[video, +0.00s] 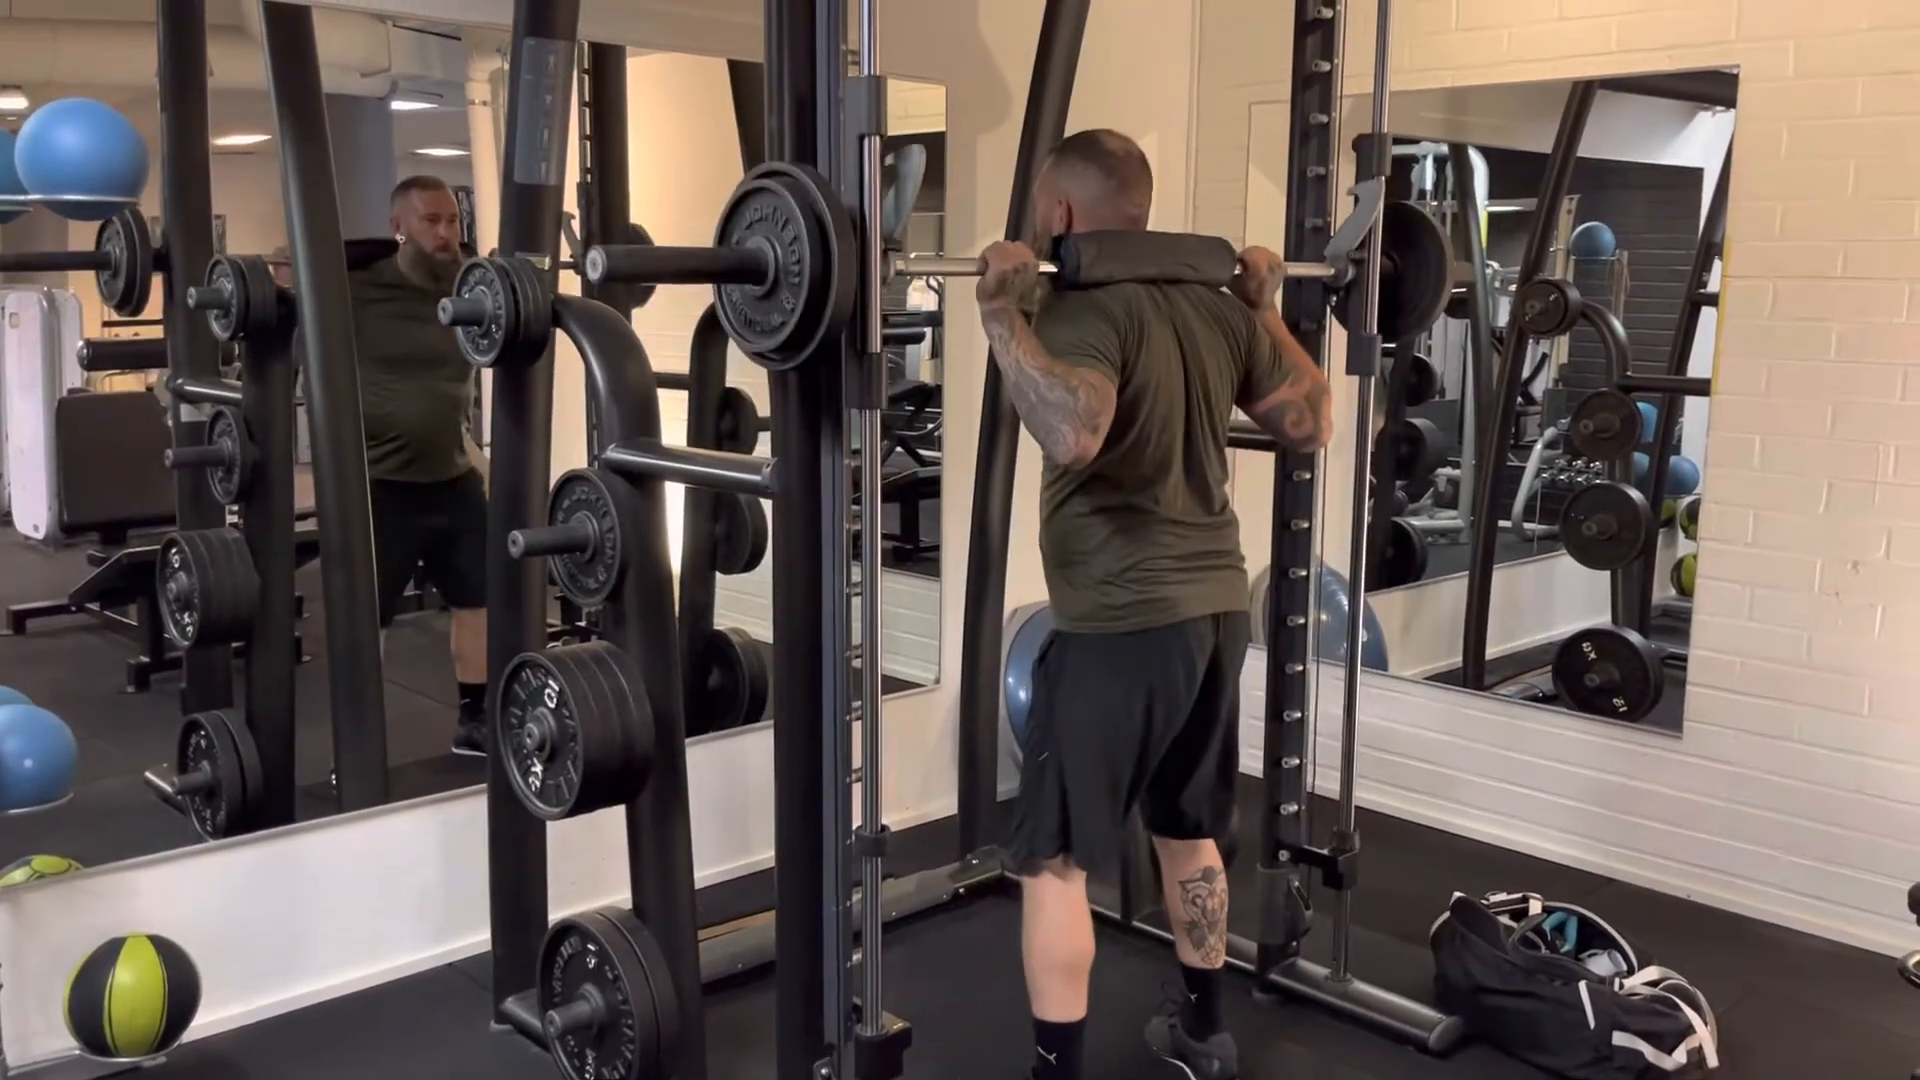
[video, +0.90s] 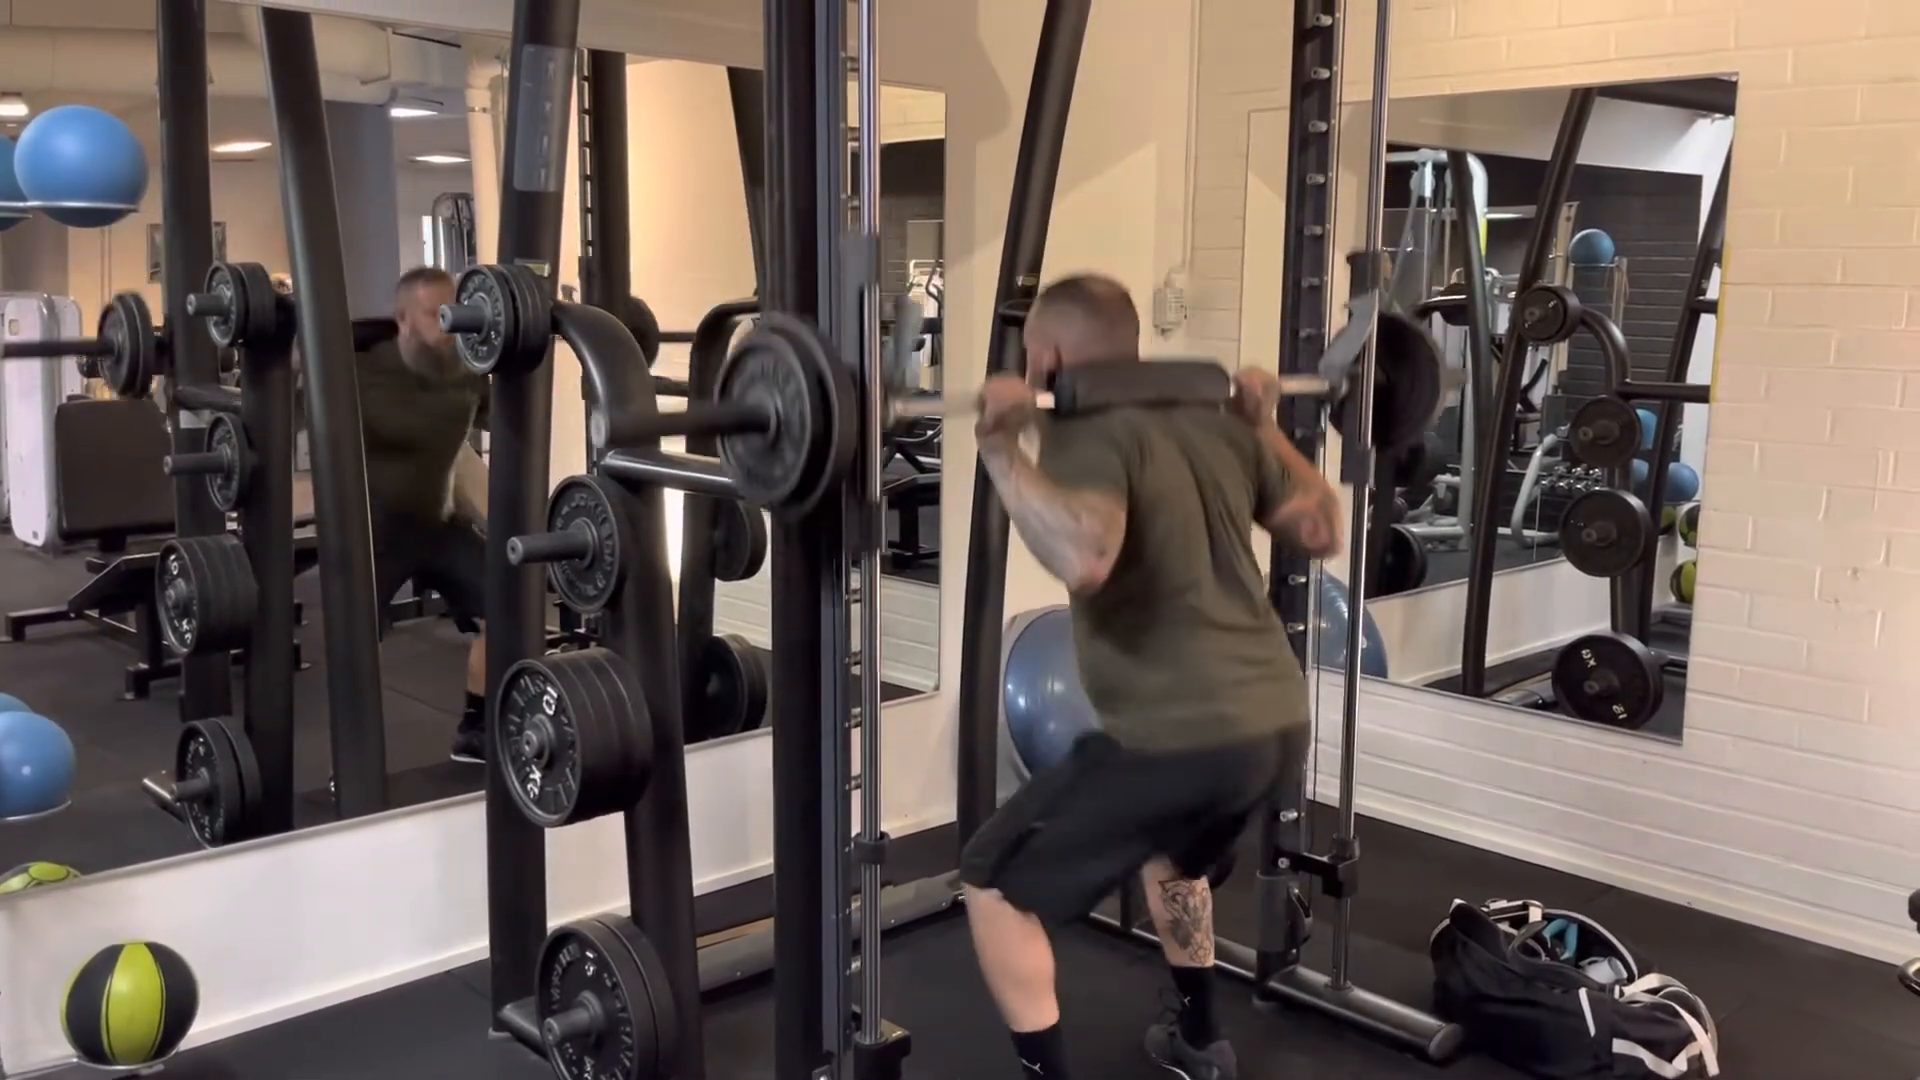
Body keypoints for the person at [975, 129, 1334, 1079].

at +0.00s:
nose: (1037, 223)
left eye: (1041, 207)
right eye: (1043, 207)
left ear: (1063, 208)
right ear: (1141, 205)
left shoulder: (1087, 302)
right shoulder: (1210, 299)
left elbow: (1074, 429)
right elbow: (1305, 420)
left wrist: (1001, 309)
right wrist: (1266, 310)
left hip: (1119, 622)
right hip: (1216, 608)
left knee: (1057, 854)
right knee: (1186, 825)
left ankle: (1056, 1067)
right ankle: (1203, 1032)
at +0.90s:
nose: (1031, 368)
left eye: (1033, 352)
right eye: (1030, 353)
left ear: (1055, 351)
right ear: (1129, 341)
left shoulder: (1091, 426)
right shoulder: (1218, 421)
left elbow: (1084, 555)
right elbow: (1325, 528)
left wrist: (1001, 450)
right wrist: (1265, 427)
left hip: (1173, 743)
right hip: (1271, 730)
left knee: (995, 880)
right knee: (1172, 857)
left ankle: (1045, 1068)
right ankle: (1199, 1038)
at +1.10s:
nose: (1029, 473)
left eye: (1031, 460)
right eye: (1027, 460)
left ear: (1051, 468)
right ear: (1128, 452)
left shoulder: (1092, 540)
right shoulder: (1221, 529)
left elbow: (1089, 668)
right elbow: (1329, 631)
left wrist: (1003, 563)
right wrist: (1264, 526)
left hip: (1197, 845)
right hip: (1294, 829)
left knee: (973, 884)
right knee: (1135, 830)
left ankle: (1043, 1069)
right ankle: (1200, 1036)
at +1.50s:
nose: (1029, 611)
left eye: (1029, 596)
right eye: (1028, 596)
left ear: (1053, 601)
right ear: (1127, 586)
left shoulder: (1092, 679)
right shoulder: (1219, 657)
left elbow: (1085, 821)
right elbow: (1319, 761)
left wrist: (998, 705)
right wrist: (1258, 652)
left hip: (1202, 990)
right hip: (1295, 966)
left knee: (961, 886)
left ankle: (1041, 1069)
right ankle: (1200, 1053)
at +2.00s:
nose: (1034, 490)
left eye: (1035, 475)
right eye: (1033, 475)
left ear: (1058, 480)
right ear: (1134, 467)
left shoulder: (1095, 555)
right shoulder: (1221, 544)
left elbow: (1091, 684)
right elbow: (1329, 643)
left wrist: (1001, 575)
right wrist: (1264, 540)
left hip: (1209, 850)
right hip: (1313, 836)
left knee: (986, 884)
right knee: (1150, 839)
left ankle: (1046, 1070)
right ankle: (1200, 1038)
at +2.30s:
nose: (1037, 345)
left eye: (1040, 329)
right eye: (1039, 330)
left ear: (1063, 330)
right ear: (1139, 324)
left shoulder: (1092, 412)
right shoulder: (1218, 405)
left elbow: (1082, 543)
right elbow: (1320, 522)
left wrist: (1005, 435)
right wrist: (1267, 415)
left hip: (1183, 717)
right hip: (1278, 703)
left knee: (1010, 875)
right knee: (1177, 850)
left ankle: (1051, 1070)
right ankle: (1204, 1042)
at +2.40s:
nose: (1043, 301)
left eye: (1046, 286)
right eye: (1044, 287)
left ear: (1069, 284)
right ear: (1141, 277)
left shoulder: (1091, 369)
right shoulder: (1217, 360)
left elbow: (1079, 497)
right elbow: (1316, 482)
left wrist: (1008, 393)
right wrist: (1267, 372)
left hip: (1161, 680)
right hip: (1261, 667)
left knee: (1025, 871)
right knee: (1183, 840)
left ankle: (1052, 1070)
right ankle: (1202, 1041)